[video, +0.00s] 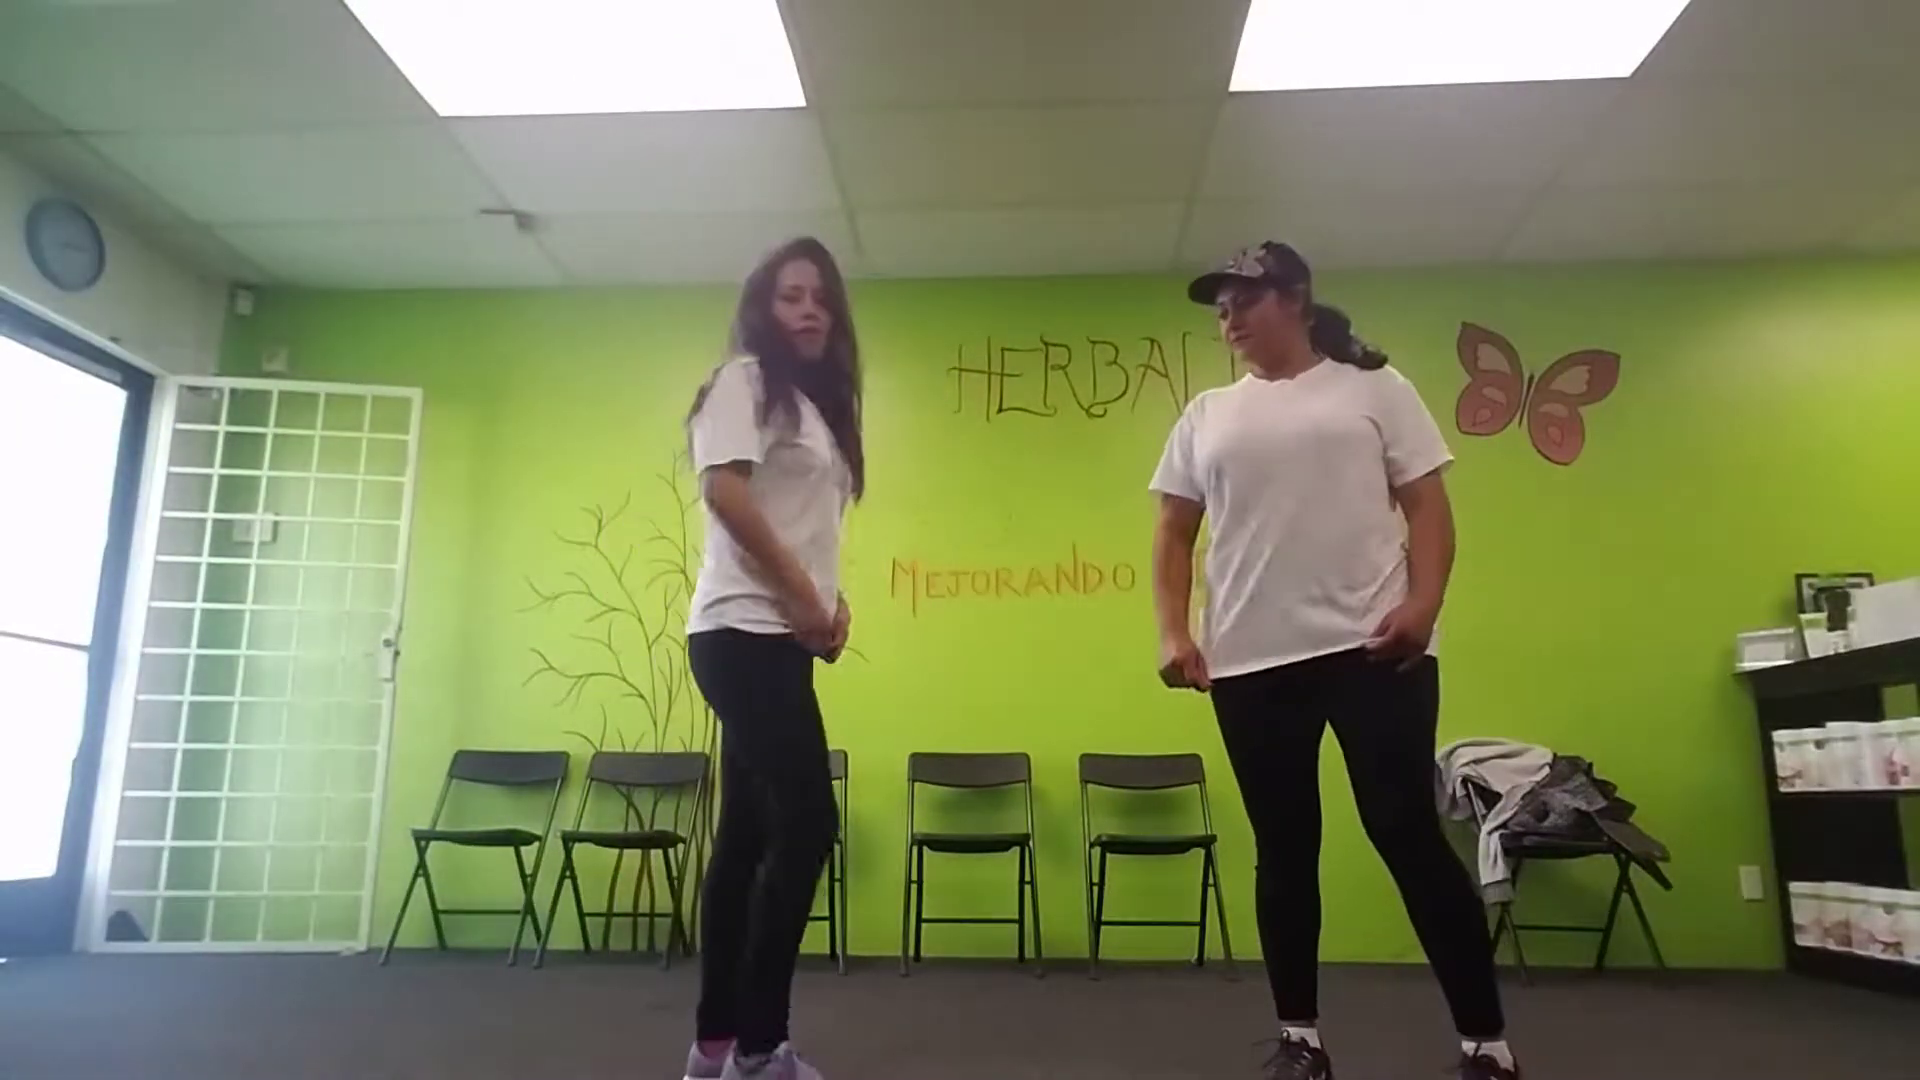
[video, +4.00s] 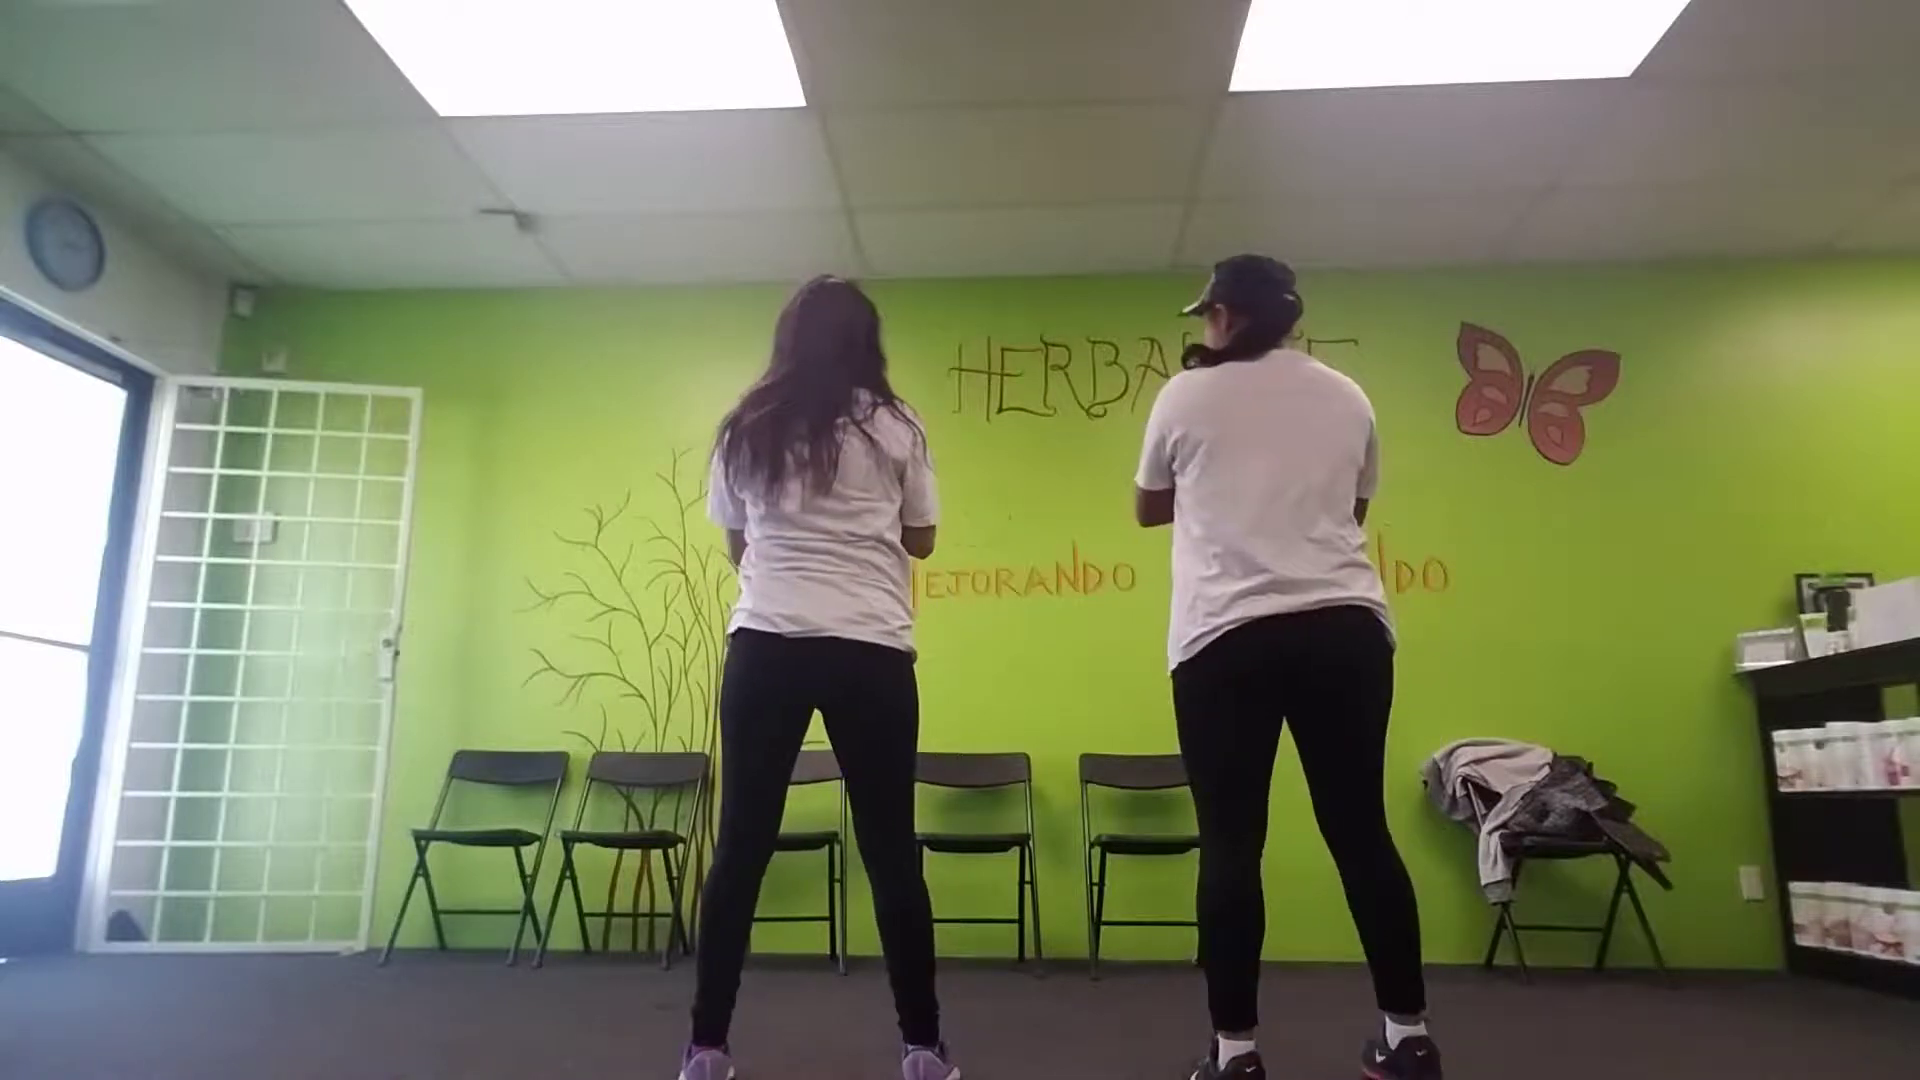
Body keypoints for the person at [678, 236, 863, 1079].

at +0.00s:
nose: (807, 310)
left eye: (819, 298)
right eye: (790, 297)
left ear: (837, 313)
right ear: (761, 308)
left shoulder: (821, 405)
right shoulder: (744, 377)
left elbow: (808, 526)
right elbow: (725, 493)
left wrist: (831, 597)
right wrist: (803, 593)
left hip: (779, 635)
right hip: (743, 632)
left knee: (745, 835)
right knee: (807, 825)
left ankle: (716, 1045)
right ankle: (760, 1049)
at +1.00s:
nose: (859, 325)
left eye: (867, 312)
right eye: (841, 311)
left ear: (877, 320)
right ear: (808, 320)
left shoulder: (777, 398)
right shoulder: (836, 387)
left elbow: (793, 527)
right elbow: (881, 507)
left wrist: (880, 597)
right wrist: (914, 595)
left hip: (765, 633)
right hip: (835, 632)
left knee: (773, 841)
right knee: (848, 851)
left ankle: (767, 1052)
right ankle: (849, 1056)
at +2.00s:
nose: (847, 325)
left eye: (855, 312)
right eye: (829, 312)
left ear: (866, 322)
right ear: (796, 320)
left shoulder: (767, 395)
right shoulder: (818, 386)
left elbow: (778, 525)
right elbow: (856, 504)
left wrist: (865, 601)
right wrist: (899, 598)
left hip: (756, 633)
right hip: (821, 631)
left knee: (767, 840)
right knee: (843, 848)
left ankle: (765, 1051)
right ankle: (850, 1056)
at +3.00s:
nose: (869, 337)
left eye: (866, 324)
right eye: (860, 324)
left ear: (782, 334)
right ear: (834, 329)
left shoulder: (736, 414)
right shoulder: (857, 393)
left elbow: (724, 548)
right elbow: (900, 521)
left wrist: (764, 622)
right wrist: (904, 621)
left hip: (754, 644)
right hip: (854, 638)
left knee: (752, 849)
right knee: (893, 846)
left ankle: (758, 1050)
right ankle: (914, 1046)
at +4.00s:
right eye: (866, 337)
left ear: (786, 340)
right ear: (870, 346)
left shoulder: (748, 423)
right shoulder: (897, 423)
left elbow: (737, 549)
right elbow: (919, 540)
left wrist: (812, 528)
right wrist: (852, 502)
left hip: (766, 648)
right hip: (871, 652)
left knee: (741, 846)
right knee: (893, 854)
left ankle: (706, 1050)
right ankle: (924, 1052)